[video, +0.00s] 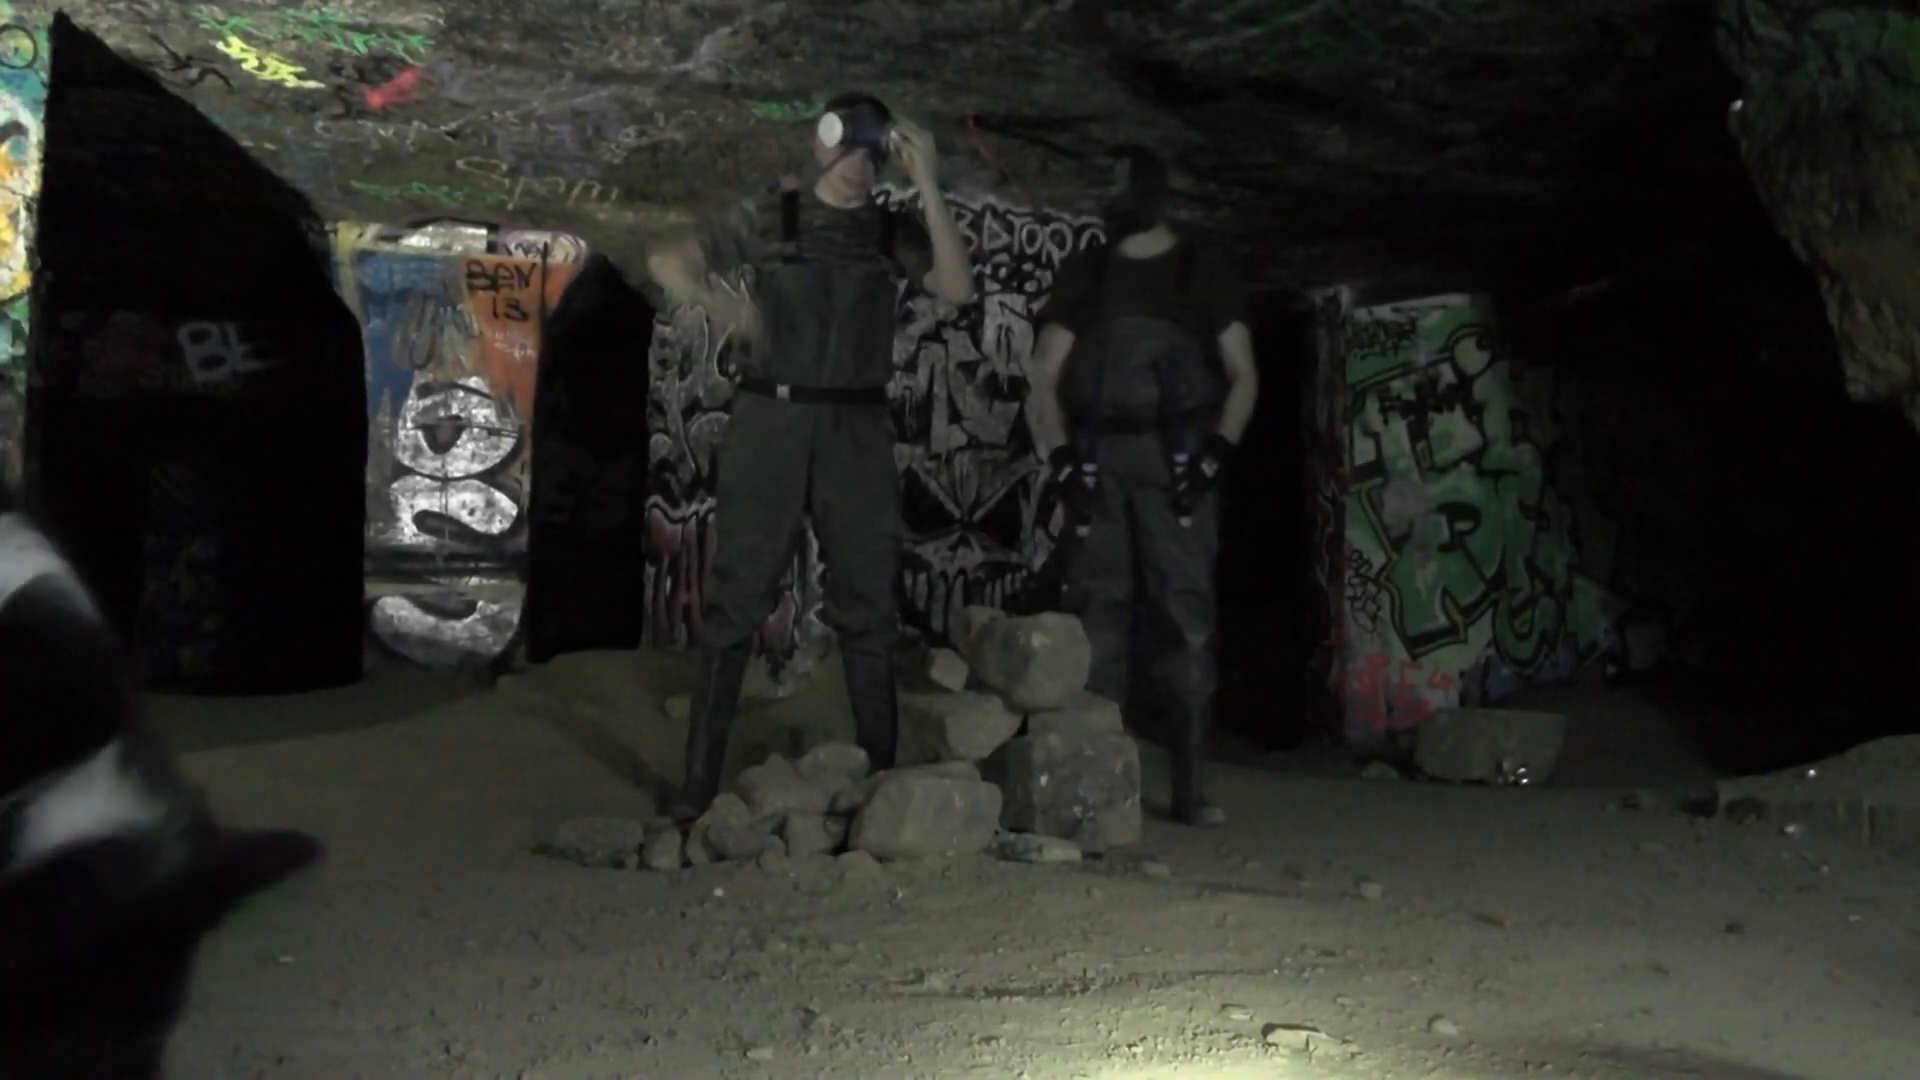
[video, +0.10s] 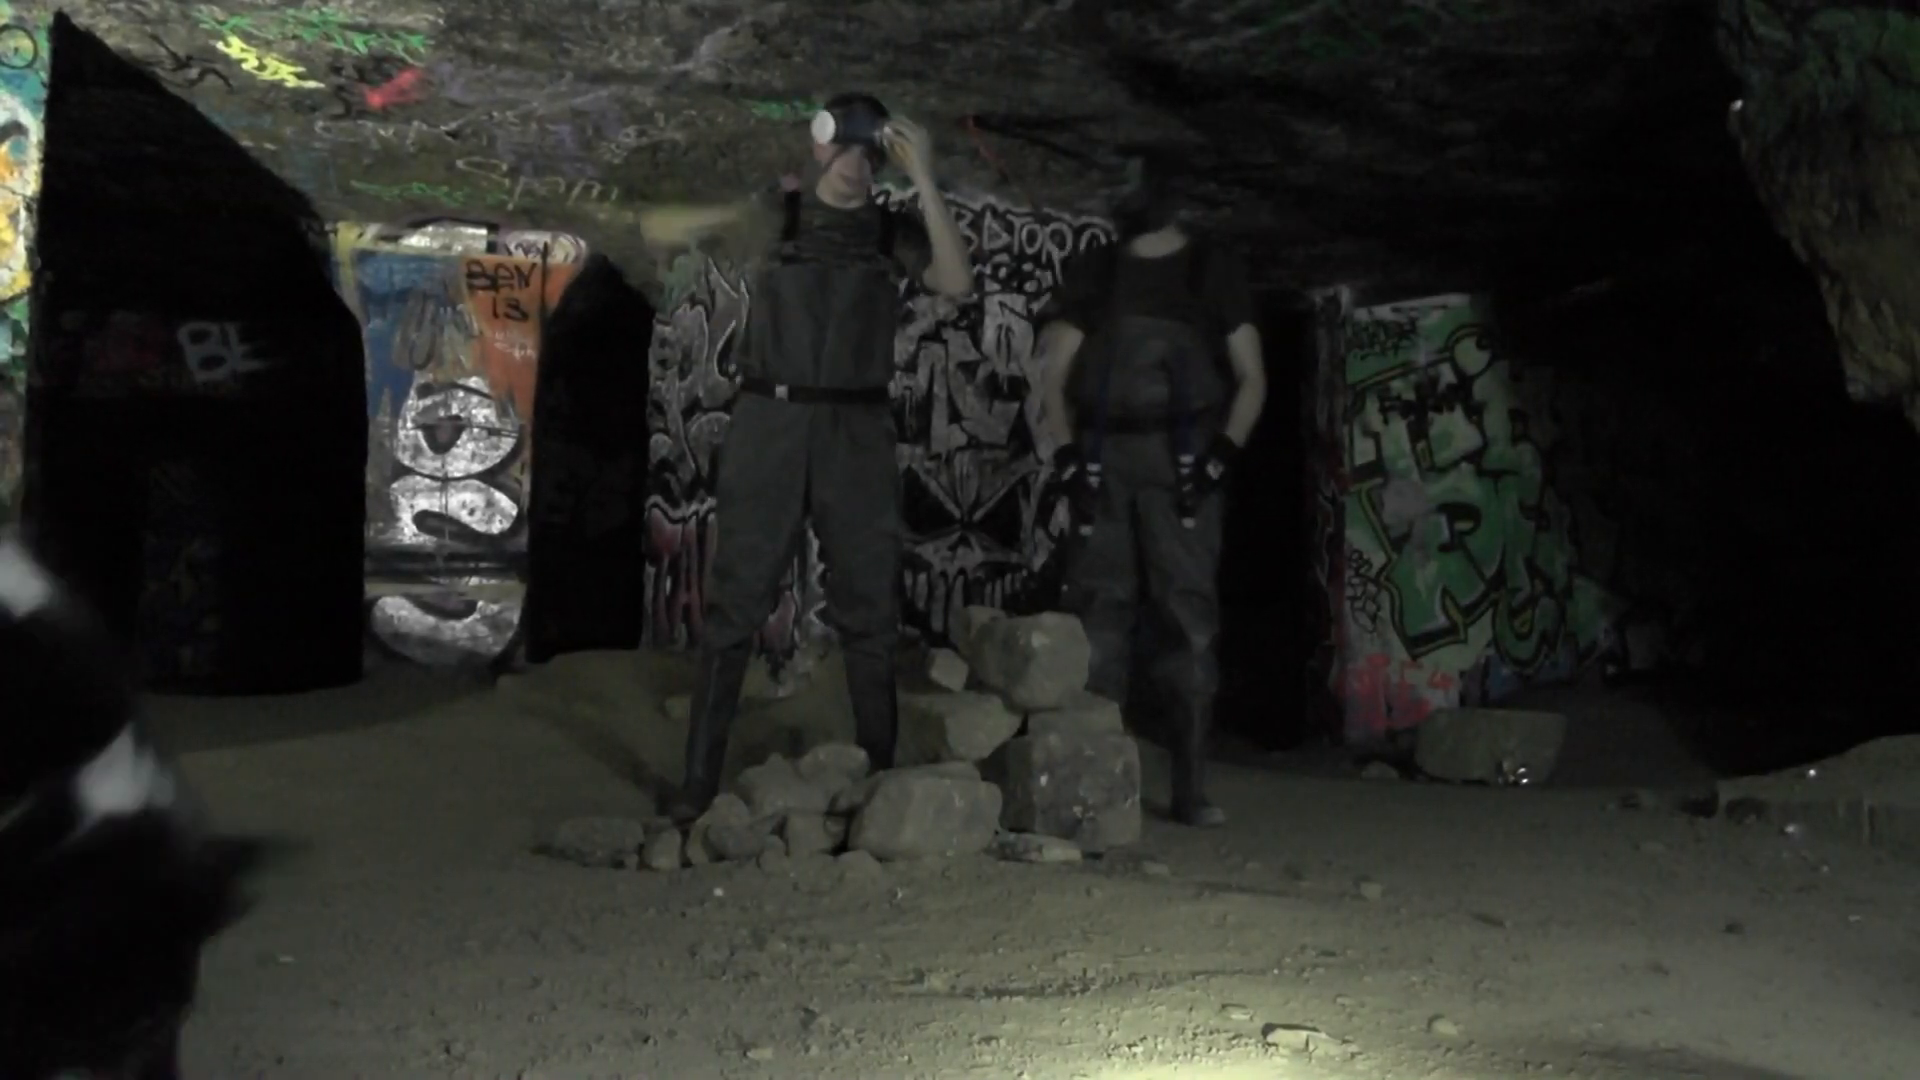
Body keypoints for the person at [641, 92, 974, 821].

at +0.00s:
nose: (860, 166)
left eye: (873, 155)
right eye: (850, 149)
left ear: (884, 161)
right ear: (819, 145)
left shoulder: (891, 230)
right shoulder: (769, 215)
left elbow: (956, 289)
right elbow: (668, 261)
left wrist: (926, 183)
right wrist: (727, 311)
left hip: (858, 439)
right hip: (769, 435)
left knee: (868, 612)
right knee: (736, 609)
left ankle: (882, 779)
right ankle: (699, 786)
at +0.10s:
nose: (856, 161)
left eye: (870, 151)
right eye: (845, 145)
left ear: (881, 160)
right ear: (816, 146)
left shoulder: (893, 230)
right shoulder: (771, 213)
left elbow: (954, 282)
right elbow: (662, 231)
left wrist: (922, 176)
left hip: (858, 437)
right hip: (769, 432)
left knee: (868, 613)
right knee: (738, 608)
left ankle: (879, 781)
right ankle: (700, 785)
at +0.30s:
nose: (847, 160)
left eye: (861, 148)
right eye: (836, 145)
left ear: (878, 160)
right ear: (810, 149)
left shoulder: (890, 228)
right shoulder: (768, 214)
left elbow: (955, 276)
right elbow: (659, 184)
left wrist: (918, 175)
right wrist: (751, 188)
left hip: (859, 438)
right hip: (770, 433)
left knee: (870, 614)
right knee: (737, 609)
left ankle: (880, 780)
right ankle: (700, 785)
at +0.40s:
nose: (848, 157)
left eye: (861, 146)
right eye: (836, 143)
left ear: (878, 158)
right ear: (811, 148)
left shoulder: (891, 228)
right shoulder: (766, 217)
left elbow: (956, 276)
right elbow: (660, 179)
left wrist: (918, 176)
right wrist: (754, 186)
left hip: (860, 440)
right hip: (770, 435)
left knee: (870, 616)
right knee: (736, 610)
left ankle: (880, 781)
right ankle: (700, 786)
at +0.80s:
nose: (846, 161)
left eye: (860, 150)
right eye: (835, 146)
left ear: (877, 161)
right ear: (809, 151)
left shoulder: (891, 225)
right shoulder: (771, 213)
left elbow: (957, 274)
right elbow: (655, 234)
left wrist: (917, 172)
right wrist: (726, 210)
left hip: (859, 439)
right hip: (769, 434)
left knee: (870, 616)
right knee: (737, 611)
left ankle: (880, 782)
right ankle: (699, 787)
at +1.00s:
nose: (835, 164)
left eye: (849, 152)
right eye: (822, 150)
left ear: (867, 161)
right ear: (797, 159)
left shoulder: (885, 225)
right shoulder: (765, 222)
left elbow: (949, 273)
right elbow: (696, 277)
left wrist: (904, 167)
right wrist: (754, 190)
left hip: (857, 438)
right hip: (767, 435)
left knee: (870, 614)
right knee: (734, 611)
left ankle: (879, 779)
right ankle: (697, 789)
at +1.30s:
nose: (825, 163)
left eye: (839, 150)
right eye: (811, 150)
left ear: (857, 159)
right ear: (784, 159)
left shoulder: (874, 226)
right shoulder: (759, 226)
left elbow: (944, 267)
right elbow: (727, 269)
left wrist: (903, 168)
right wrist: (778, 174)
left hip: (855, 437)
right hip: (765, 435)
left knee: (872, 609)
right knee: (732, 607)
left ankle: (883, 771)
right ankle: (696, 783)